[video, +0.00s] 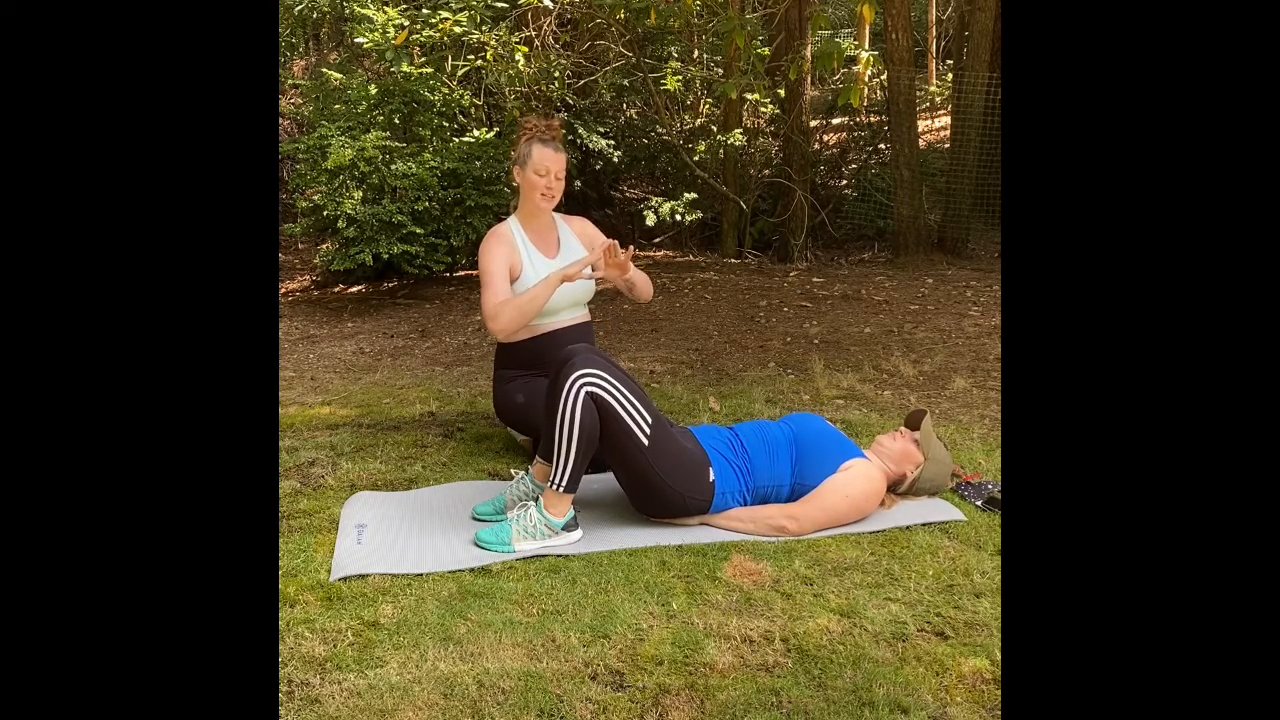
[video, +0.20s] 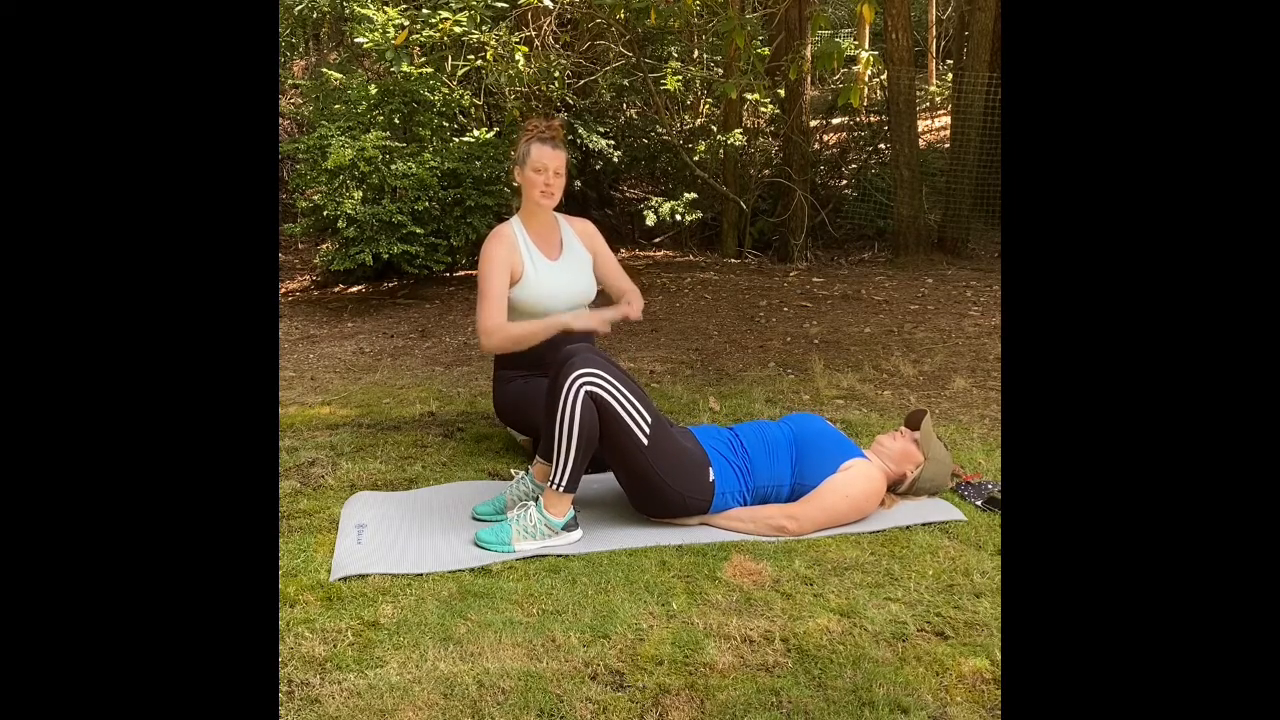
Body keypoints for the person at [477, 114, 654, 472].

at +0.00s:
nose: (552, 186)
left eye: (560, 177)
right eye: (542, 175)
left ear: (566, 179)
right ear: (517, 174)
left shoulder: (580, 229)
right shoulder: (499, 243)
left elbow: (645, 295)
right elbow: (499, 324)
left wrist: (627, 276)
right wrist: (558, 277)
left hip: (584, 364)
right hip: (523, 377)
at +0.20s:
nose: (549, 181)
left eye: (558, 173)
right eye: (539, 171)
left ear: (565, 179)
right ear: (518, 174)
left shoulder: (583, 231)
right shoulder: (502, 242)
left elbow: (626, 289)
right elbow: (491, 336)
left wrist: (629, 302)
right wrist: (564, 320)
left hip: (581, 368)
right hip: (521, 381)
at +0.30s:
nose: (551, 181)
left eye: (559, 172)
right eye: (540, 170)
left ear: (566, 178)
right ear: (519, 175)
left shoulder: (584, 232)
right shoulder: (503, 243)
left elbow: (620, 299)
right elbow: (491, 342)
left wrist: (625, 337)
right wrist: (569, 355)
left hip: (586, 367)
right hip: (523, 377)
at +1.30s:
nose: (563, 187)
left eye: (571, 177)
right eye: (553, 176)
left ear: (579, 181)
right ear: (531, 179)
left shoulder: (594, 234)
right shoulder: (511, 248)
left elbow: (617, 323)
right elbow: (526, 348)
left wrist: (616, 384)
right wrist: (590, 396)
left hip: (586, 367)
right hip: (526, 378)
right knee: (605, 441)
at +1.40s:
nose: (563, 186)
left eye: (571, 177)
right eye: (552, 176)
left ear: (579, 180)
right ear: (531, 179)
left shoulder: (595, 234)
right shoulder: (512, 247)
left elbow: (618, 324)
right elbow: (526, 349)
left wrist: (617, 384)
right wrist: (589, 396)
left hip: (589, 371)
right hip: (524, 380)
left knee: (584, 350)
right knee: (607, 444)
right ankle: (533, 465)